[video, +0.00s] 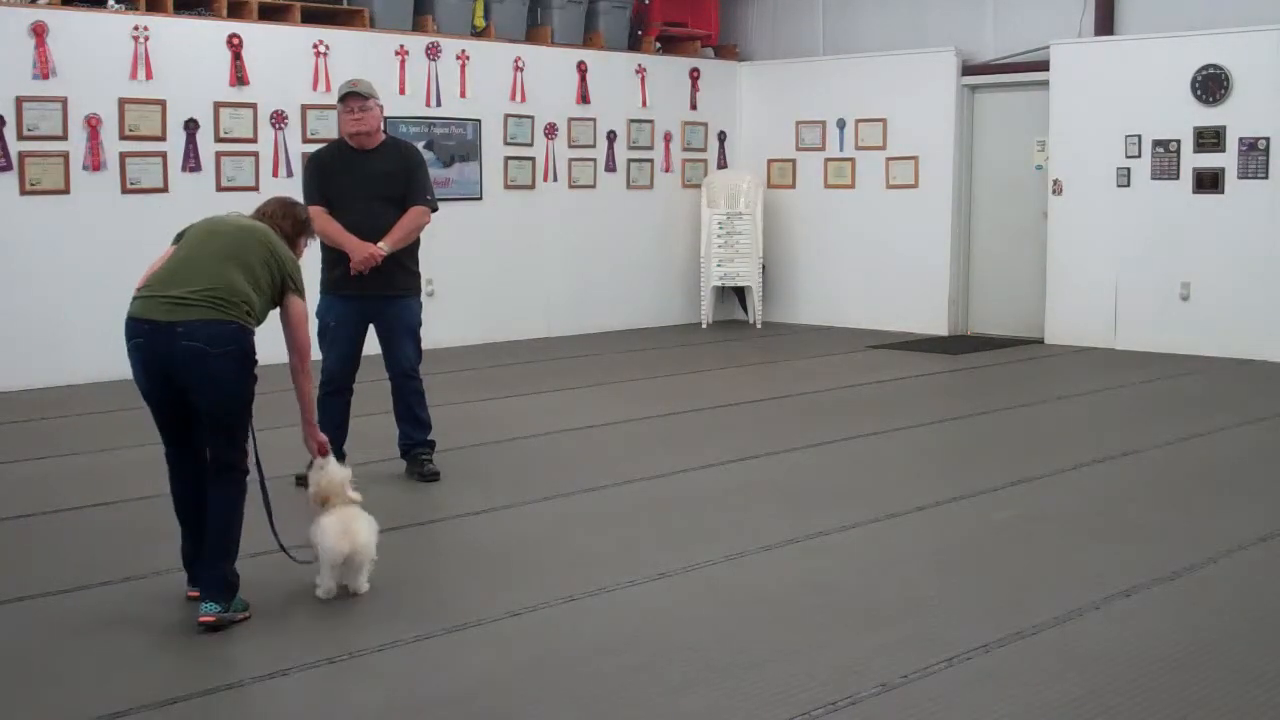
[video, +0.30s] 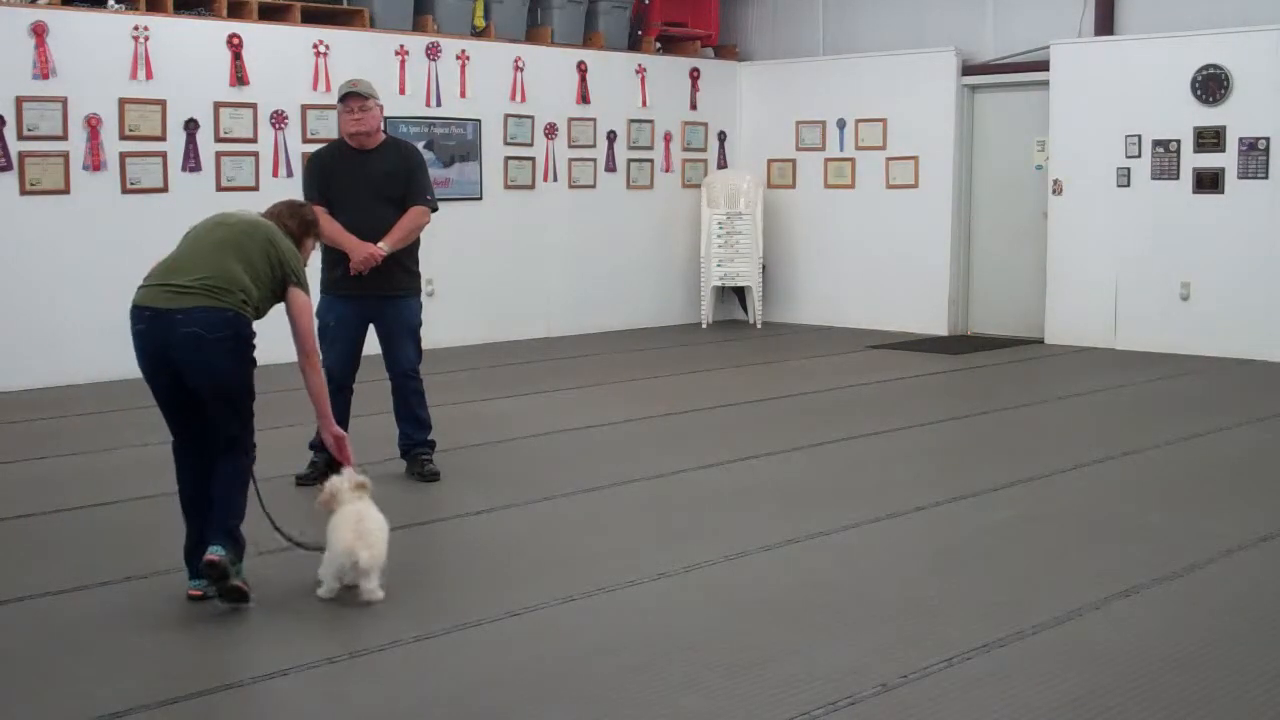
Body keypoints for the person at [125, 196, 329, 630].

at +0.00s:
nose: (301, 255)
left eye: (304, 248)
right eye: (302, 247)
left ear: (260, 219)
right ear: (291, 237)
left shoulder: (202, 227)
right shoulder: (284, 259)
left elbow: (145, 284)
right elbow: (300, 355)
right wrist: (311, 427)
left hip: (146, 335)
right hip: (215, 341)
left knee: (182, 455)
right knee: (228, 464)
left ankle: (200, 576)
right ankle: (216, 596)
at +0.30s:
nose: (307, 258)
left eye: (312, 250)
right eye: (309, 249)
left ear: (272, 221)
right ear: (300, 239)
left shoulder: (217, 225)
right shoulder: (288, 255)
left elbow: (155, 273)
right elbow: (308, 354)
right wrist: (327, 424)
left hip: (150, 321)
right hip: (214, 326)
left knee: (190, 442)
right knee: (234, 443)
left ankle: (198, 570)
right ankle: (222, 546)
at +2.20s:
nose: (344, 150)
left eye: (347, 142)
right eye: (341, 140)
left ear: (311, 133)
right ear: (317, 133)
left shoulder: (276, 170)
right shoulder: (305, 178)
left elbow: (303, 244)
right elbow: (295, 254)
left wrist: (349, 233)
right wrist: (343, 240)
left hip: (272, 299)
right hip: (299, 303)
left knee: (268, 408)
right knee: (311, 412)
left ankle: (256, 514)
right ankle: (315, 519)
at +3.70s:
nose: (347, 150)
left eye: (349, 141)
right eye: (342, 140)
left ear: (315, 138)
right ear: (317, 136)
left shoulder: (294, 174)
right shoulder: (299, 177)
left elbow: (323, 231)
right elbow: (304, 251)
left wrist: (352, 258)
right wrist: (336, 280)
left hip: (282, 303)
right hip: (296, 306)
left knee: (268, 412)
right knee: (348, 399)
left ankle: (255, 513)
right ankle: (341, 513)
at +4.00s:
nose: (414, 173)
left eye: (417, 166)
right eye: (411, 164)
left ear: (384, 153)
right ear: (388, 153)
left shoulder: (340, 181)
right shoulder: (367, 190)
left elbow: (332, 249)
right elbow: (363, 269)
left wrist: (375, 275)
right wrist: (377, 290)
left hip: (297, 306)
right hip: (329, 310)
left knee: (281, 413)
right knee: (373, 412)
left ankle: (256, 515)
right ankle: (391, 518)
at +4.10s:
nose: (442, 182)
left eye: (445, 174)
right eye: (440, 172)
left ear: (412, 163)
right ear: (416, 162)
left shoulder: (362, 184)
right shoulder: (394, 198)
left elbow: (348, 245)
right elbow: (385, 274)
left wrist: (388, 281)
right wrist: (390, 299)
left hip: (303, 300)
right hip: (336, 306)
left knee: (288, 409)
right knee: (377, 411)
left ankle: (258, 513)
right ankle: (391, 519)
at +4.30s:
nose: (482, 208)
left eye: (487, 201)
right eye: (482, 198)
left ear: (453, 182)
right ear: (463, 186)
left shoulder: (403, 189)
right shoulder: (431, 210)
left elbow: (376, 253)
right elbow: (415, 288)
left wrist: (413, 296)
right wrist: (403, 309)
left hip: (318, 294)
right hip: (355, 305)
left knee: (295, 402)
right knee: (387, 413)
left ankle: (263, 506)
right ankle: (391, 519)